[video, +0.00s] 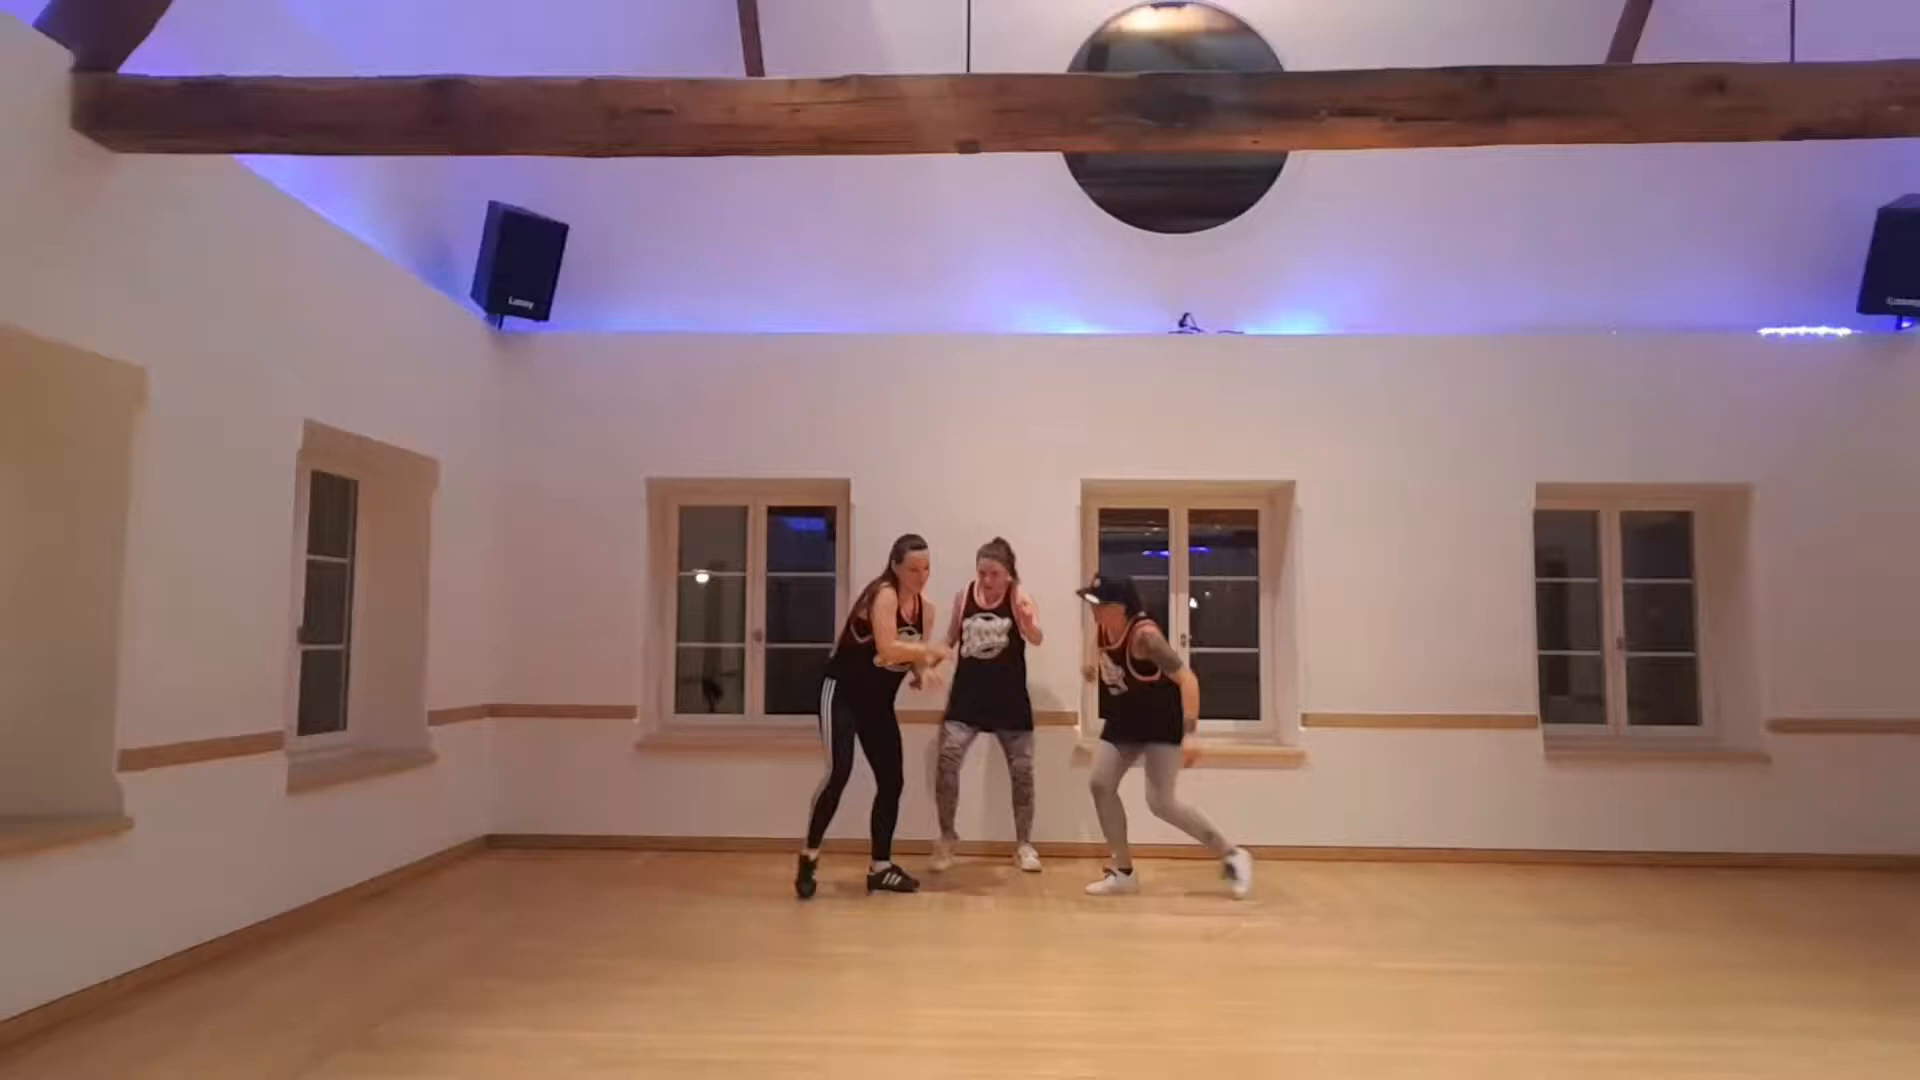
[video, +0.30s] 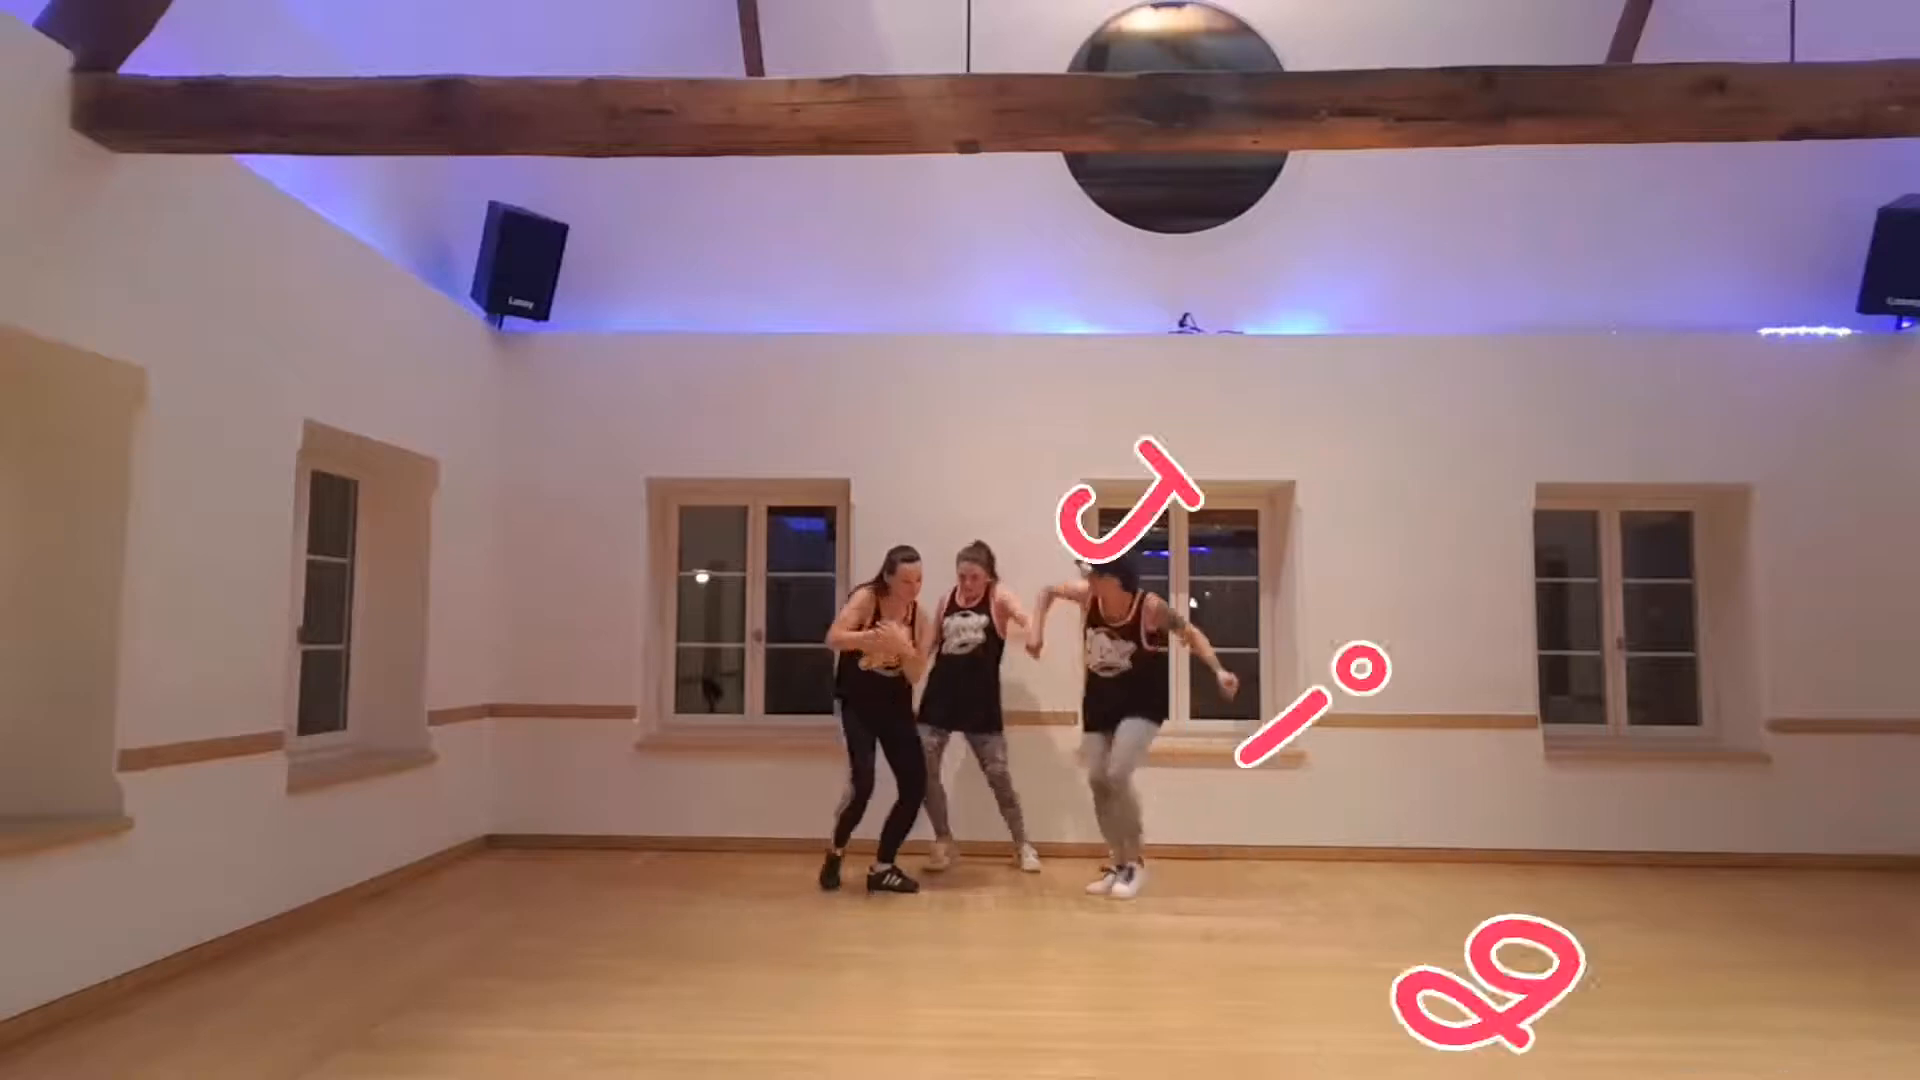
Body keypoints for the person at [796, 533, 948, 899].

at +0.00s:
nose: (922, 575)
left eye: (926, 568)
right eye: (915, 569)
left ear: (930, 568)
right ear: (896, 567)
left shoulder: (924, 606)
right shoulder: (885, 595)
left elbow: (914, 651)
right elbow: (886, 650)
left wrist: (921, 672)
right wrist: (927, 651)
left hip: (876, 697)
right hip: (841, 691)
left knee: (891, 780)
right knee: (839, 773)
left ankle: (880, 867)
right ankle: (809, 856)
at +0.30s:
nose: (916, 586)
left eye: (919, 580)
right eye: (908, 580)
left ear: (921, 580)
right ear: (889, 579)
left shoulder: (920, 616)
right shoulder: (866, 598)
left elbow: (917, 672)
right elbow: (834, 637)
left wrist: (902, 646)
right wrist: (873, 639)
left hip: (896, 702)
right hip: (857, 700)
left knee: (914, 785)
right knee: (863, 784)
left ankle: (883, 867)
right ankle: (836, 853)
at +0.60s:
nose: (900, 574)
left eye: (903, 567)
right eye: (892, 569)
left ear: (906, 564)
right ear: (873, 567)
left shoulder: (914, 599)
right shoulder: (852, 593)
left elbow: (917, 655)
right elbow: (834, 631)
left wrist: (874, 664)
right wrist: (805, 670)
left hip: (897, 695)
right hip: (856, 694)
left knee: (900, 781)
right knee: (846, 777)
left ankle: (882, 865)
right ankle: (832, 858)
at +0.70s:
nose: (890, 570)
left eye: (892, 563)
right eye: (882, 565)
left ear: (895, 563)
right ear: (863, 566)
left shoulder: (905, 593)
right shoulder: (847, 593)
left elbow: (913, 645)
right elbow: (832, 625)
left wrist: (890, 684)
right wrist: (800, 651)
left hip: (896, 683)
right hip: (853, 684)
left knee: (899, 780)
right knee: (836, 776)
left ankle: (883, 865)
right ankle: (816, 857)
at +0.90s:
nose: (853, 580)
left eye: (857, 575)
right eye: (848, 575)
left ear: (866, 580)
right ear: (837, 581)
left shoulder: (883, 612)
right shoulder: (828, 613)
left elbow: (917, 645)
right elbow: (804, 624)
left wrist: (944, 684)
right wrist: (771, 631)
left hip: (879, 715)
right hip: (836, 714)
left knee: (905, 787)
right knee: (813, 787)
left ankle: (889, 864)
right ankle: (798, 866)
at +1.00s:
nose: (844, 586)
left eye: (849, 579)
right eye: (837, 579)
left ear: (855, 583)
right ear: (820, 585)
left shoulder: (870, 614)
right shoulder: (812, 617)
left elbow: (913, 646)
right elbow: (794, 631)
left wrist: (954, 680)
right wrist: (763, 638)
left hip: (870, 719)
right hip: (826, 719)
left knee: (904, 793)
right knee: (796, 786)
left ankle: (893, 863)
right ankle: (794, 868)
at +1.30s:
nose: (827, 549)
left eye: (823, 545)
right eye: (819, 548)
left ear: (817, 569)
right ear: (803, 569)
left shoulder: (844, 590)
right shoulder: (784, 616)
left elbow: (868, 627)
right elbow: (773, 668)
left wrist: (886, 663)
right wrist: (759, 712)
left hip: (859, 701)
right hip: (815, 706)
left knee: (882, 781)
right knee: (802, 784)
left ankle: (893, 857)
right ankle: (796, 868)